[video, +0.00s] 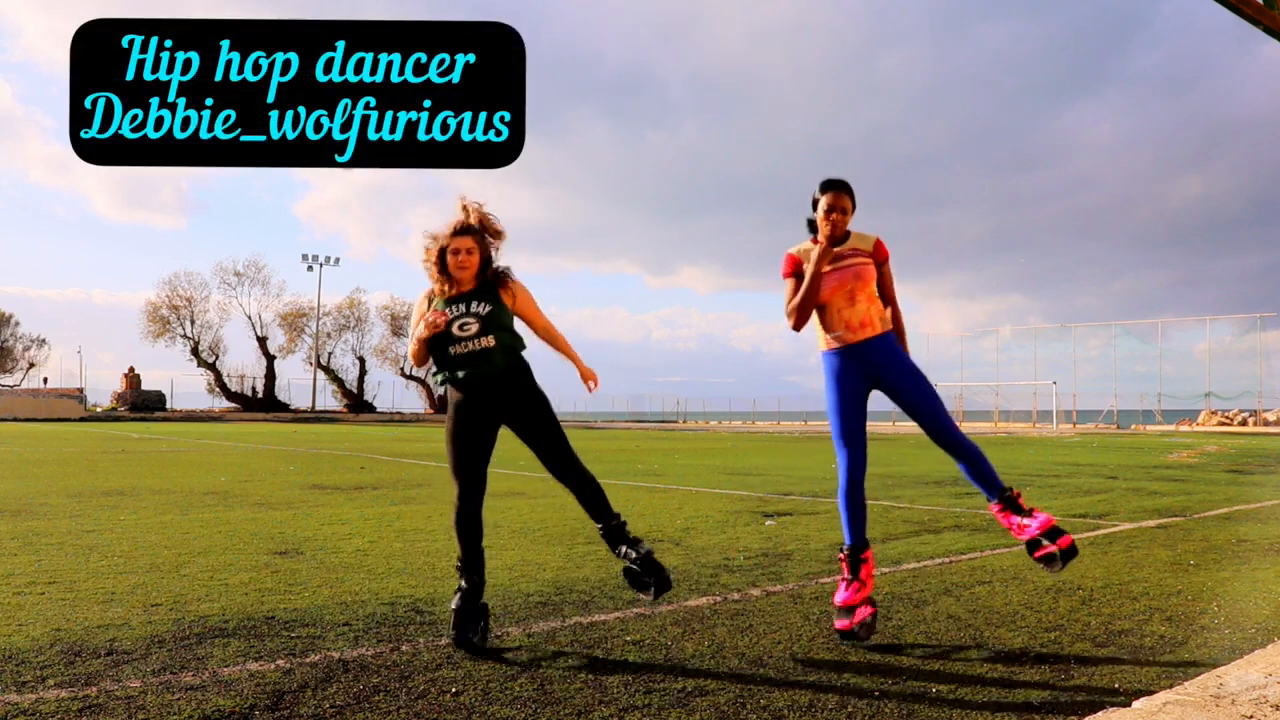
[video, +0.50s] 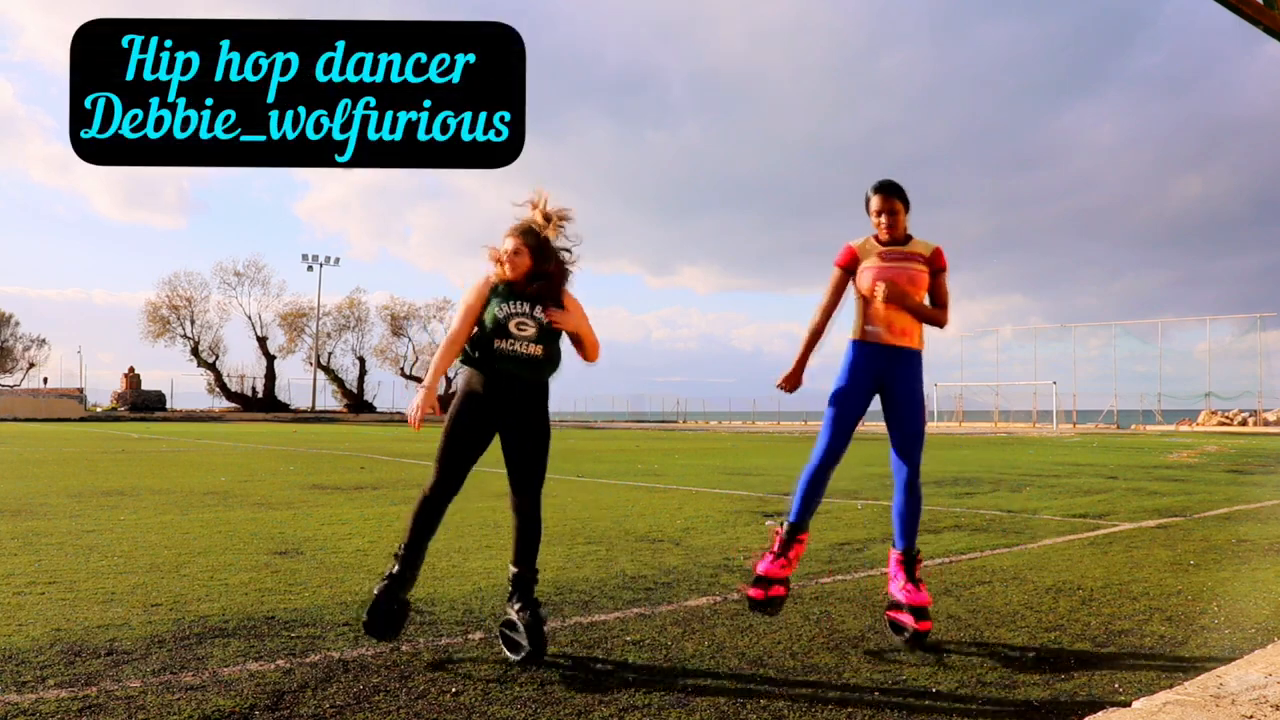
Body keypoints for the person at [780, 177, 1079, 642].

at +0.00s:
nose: (836, 218)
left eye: (843, 211)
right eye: (830, 210)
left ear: (852, 215)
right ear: (814, 212)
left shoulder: (871, 248)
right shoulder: (799, 257)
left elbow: (891, 307)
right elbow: (795, 320)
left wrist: (902, 359)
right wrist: (817, 260)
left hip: (886, 353)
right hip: (841, 364)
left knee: (951, 437)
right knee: (851, 467)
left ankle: (1014, 512)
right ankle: (856, 569)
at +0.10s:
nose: (836, 235)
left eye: (843, 228)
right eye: (830, 227)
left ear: (853, 232)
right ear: (816, 230)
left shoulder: (872, 267)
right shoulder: (799, 276)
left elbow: (899, 325)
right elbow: (797, 336)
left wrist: (926, 379)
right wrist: (818, 276)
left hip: (887, 372)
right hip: (841, 383)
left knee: (951, 456)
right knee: (844, 482)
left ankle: (1017, 526)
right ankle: (848, 582)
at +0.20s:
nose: (842, 250)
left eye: (848, 243)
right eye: (835, 242)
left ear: (857, 247)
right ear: (821, 245)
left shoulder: (876, 285)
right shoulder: (802, 291)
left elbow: (908, 343)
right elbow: (789, 347)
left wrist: (939, 398)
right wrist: (819, 290)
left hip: (888, 390)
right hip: (841, 398)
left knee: (947, 473)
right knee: (843, 497)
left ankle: (1009, 547)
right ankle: (849, 594)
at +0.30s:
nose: (855, 234)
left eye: (862, 227)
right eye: (848, 227)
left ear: (872, 231)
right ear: (836, 231)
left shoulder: (893, 271)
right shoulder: (820, 269)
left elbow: (918, 327)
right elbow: (778, 319)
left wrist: (913, 341)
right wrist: (818, 312)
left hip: (893, 375)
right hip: (847, 380)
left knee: (931, 472)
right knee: (850, 485)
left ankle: (958, 557)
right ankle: (848, 584)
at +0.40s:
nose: (867, 218)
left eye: (873, 210)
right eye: (859, 211)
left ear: (887, 211)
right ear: (850, 215)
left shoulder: (910, 252)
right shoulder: (835, 251)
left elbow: (926, 314)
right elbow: (795, 301)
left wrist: (903, 302)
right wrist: (817, 337)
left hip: (898, 361)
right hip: (853, 362)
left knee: (919, 465)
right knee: (844, 465)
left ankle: (926, 560)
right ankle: (833, 567)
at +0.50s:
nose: (886, 221)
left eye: (893, 213)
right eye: (878, 215)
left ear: (907, 213)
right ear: (869, 217)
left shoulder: (929, 255)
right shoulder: (856, 253)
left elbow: (941, 318)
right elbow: (825, 312)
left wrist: (903, 300)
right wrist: (798, 366)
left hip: (906, 365)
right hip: (860, 360)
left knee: (908, 470)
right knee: (825, 453)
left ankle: (904, 568)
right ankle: (787, 545)